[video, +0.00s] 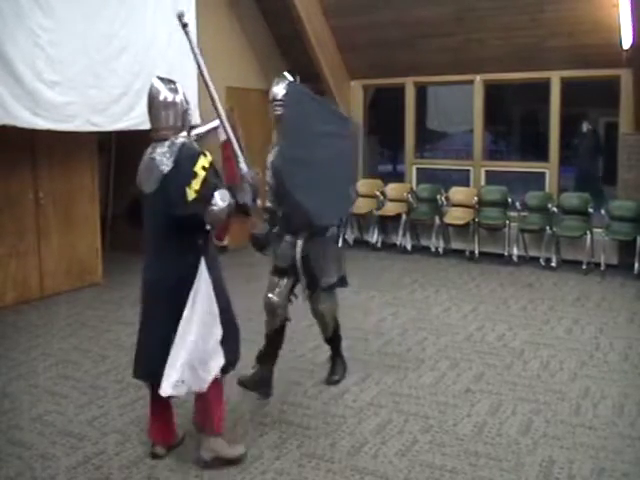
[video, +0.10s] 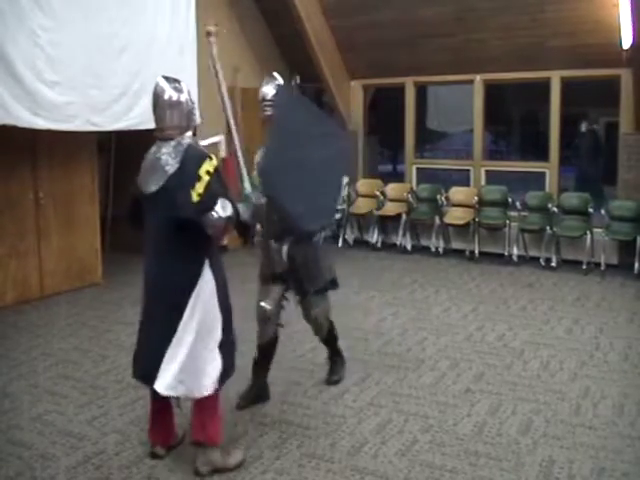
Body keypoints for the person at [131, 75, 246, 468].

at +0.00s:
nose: (189, 114)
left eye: (183, 109)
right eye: (186, 109)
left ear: (152, 117)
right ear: (184, 114)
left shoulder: (150, 157)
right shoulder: (190, 156)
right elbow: (217, 211)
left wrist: (203, 138)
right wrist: (227, 196)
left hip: (159, 267)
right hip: (194, 267)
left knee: (160, 348)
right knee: (210, 344)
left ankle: (162, 435)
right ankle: (212, 438)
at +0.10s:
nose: (194, 116)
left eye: (189, 111)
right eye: (191, 111)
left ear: (156, 117)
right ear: (189, 114)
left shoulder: (151, 159)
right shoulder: (195, 159)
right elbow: (216, 221)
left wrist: (201, 152)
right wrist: (229, 206)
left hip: (161, 269)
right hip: (197, 271)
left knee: (163, 347)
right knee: (209, 349)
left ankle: (161, 436)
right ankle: (209, 447)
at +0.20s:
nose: (200, 119)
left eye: (191, 114)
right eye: (199, 114)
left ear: (161, 120)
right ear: (196, 119)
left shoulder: (153, 160)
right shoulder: (203, 161)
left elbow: (141, 215)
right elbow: (221, 223)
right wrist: (239, 211)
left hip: (165, 268)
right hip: (202, 270)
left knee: (167, 346)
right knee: (208, 350)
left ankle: (162, 436)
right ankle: (209, 449)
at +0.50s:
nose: (218, 119)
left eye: (213, 113)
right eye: (218, 113)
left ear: (183, 116)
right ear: (218, 118)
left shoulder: (168, 160)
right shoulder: (221, 162)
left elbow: (154, 216)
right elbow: (234, 225)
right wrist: (257, 240)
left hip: (177, 269)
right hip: (213, 274)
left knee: (188, 348)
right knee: (214, 354)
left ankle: (177, 427)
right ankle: (208, 448)